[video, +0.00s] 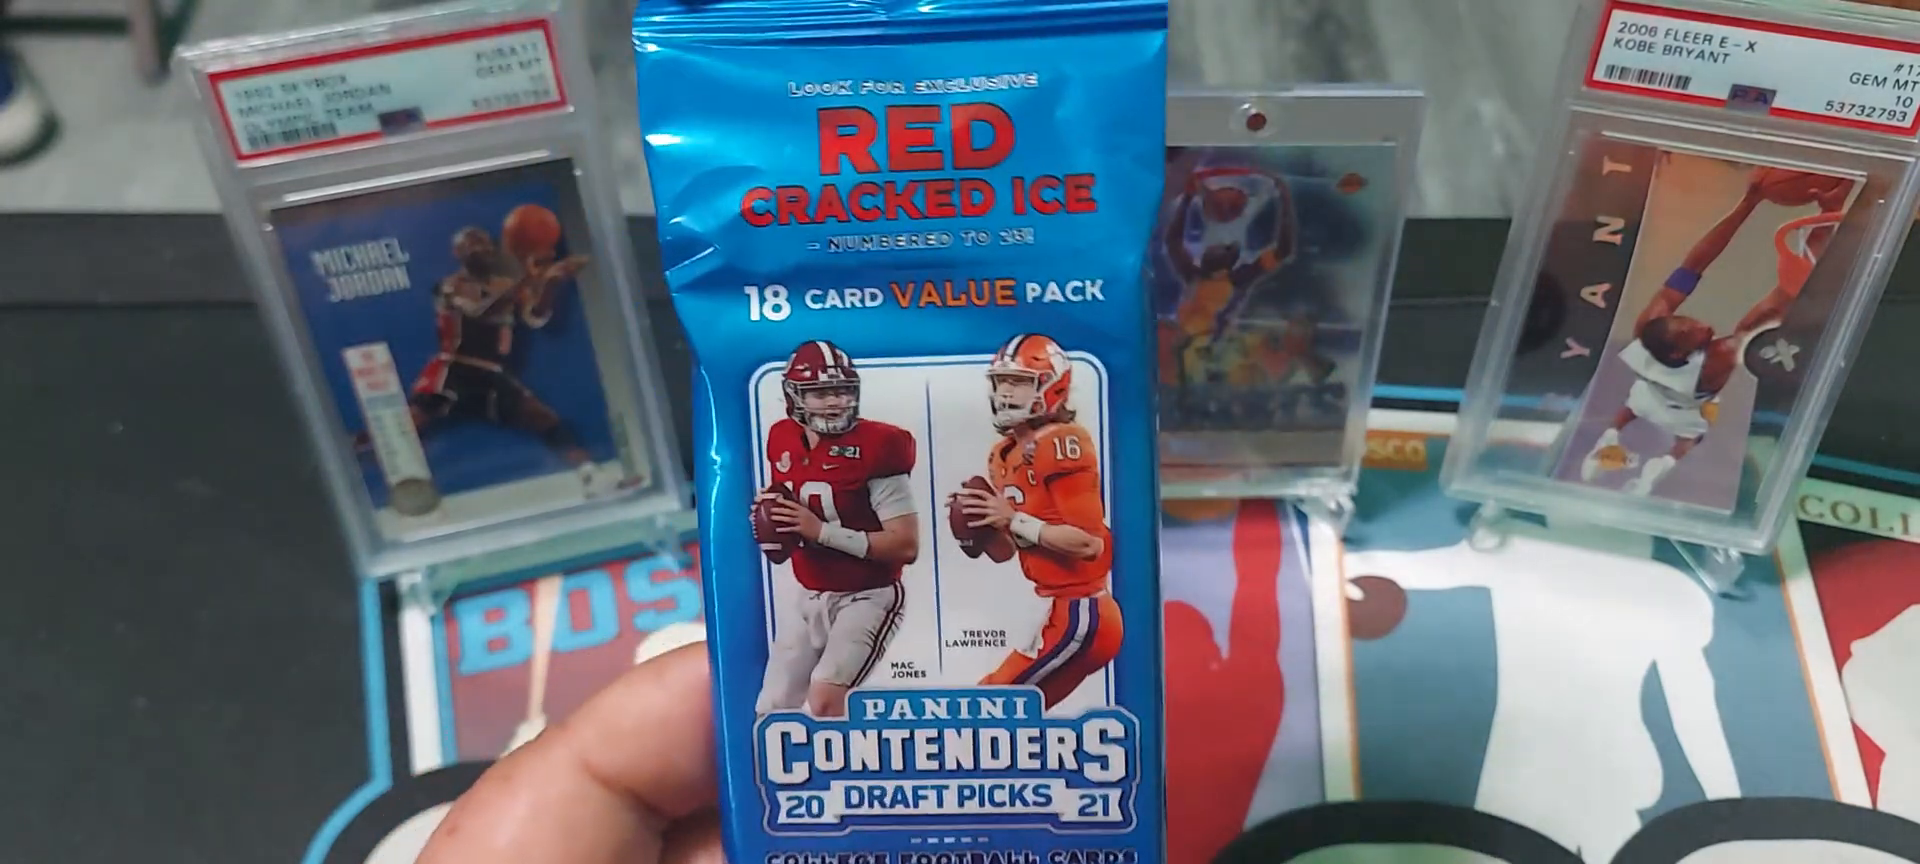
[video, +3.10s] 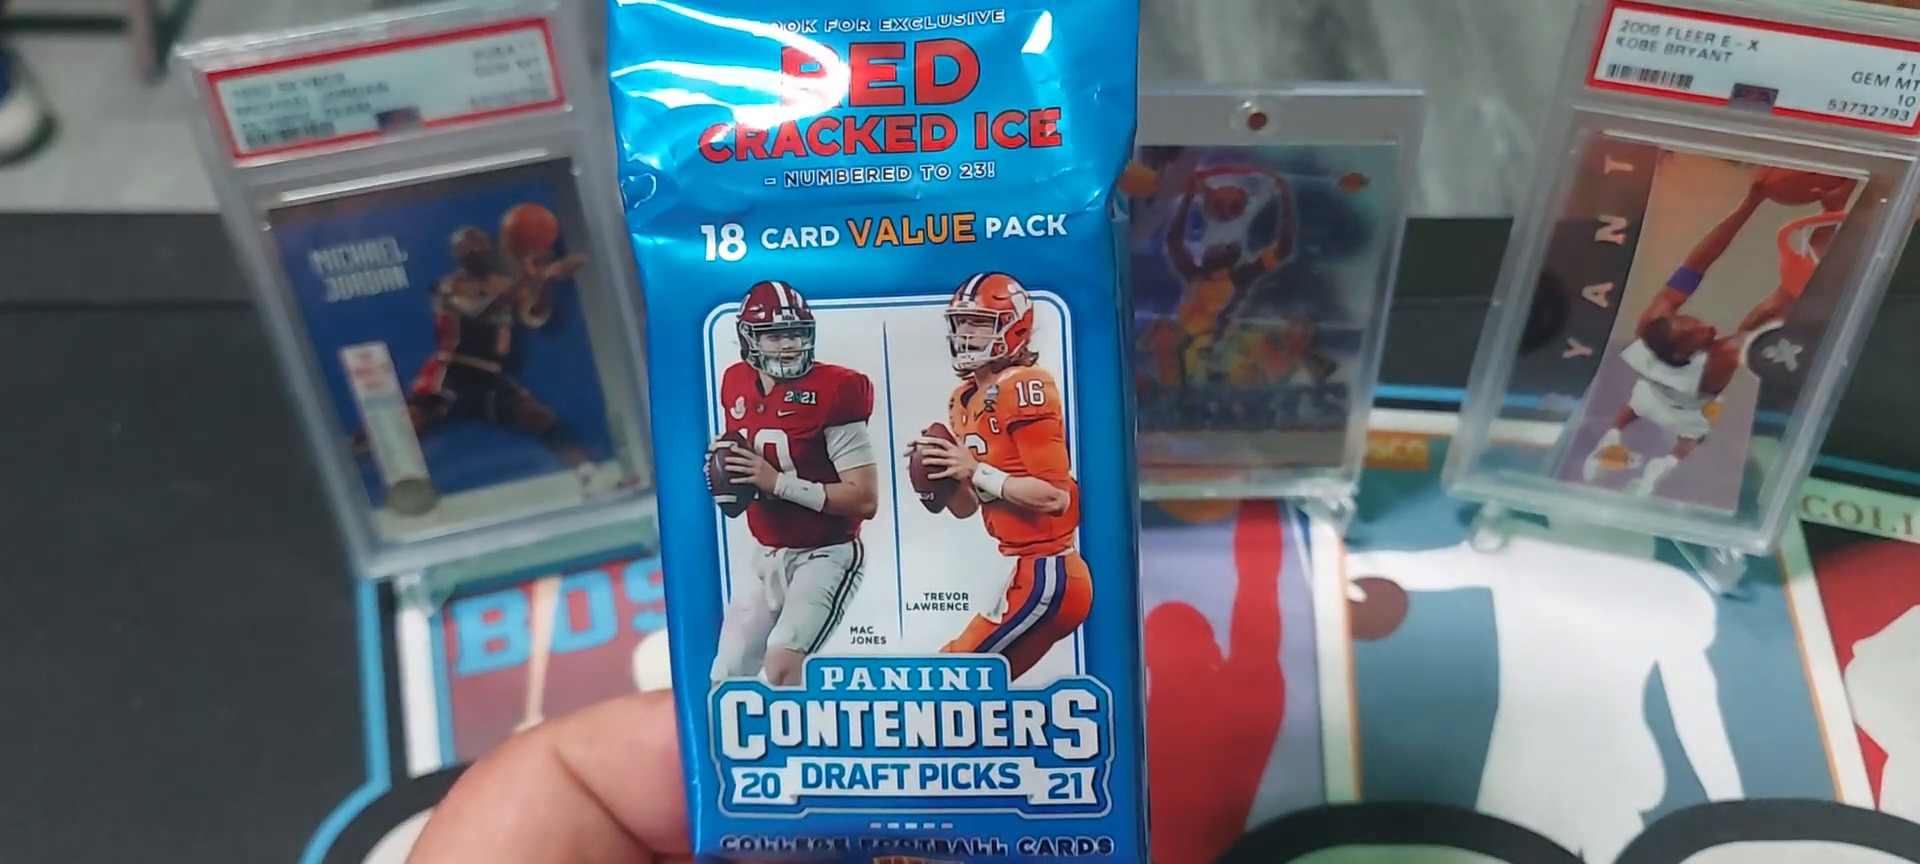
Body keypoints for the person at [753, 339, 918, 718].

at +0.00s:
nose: (833, 403)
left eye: (842, 392)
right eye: (821, 394)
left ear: (854, 394)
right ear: (796, 397)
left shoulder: (879, 446)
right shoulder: (783, 438)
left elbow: (906, 545)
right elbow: (784, 503)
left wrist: (820, 531)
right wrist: (767, 514)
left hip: (869, 598)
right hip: (807, 598)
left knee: (824, 699)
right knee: (772, 709)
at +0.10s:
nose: (850, 421)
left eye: (859, 411)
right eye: (838, 411)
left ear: (871, 413)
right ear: (813, 413)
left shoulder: (896, 467)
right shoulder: (797, 455)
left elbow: (917, 569)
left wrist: (830, 549)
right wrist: (778, 529)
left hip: (877, 618)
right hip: (815, 617)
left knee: (825, 715)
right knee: (772, 722)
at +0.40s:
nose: (822, 456)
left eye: (831, 446)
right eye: (810, 446)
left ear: (844, 448)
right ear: (785, 448)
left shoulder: (869, 501)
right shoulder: (769, 488)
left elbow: (888, 598)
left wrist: (800, 577)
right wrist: (749, 564)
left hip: (850, 645)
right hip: (790, 642)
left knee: (799, 737)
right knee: (747, 742)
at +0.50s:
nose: (797, 488)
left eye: (805, 478)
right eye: (784, 478)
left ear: (818, 480)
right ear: (759, 482)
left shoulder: (847, 532)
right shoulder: (745, 521)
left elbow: (872, 624)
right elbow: (745, 621)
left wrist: (784, 606)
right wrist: (728, 595)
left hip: (836, 669)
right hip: (775, 667)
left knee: (789, 755)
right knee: (736, 763)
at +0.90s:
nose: (828, 453)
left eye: (838, 443)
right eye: (817, 442)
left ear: (849, 447)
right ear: (792, 444)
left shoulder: (864, 502)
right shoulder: (774, 488)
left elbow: (885, 593)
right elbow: (758, 577)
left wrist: (798, 567)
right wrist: (744, 552)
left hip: (843, 635)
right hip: (783, 629)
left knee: (787, 713)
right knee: (731, 719)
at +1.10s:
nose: (779, 364)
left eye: (788, 354)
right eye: (768, 355)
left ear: (800, 356)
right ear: (745, 358)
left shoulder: (822, 408)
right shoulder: (731, 397)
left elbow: (842, 507)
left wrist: (761, 488)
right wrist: (712, 477)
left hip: (805, 558)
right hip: (749, 557)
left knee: (759, 650)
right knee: (706, 662)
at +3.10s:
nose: (787, 346)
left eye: (795, 335)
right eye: (775, 336)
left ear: (808, 336)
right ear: (750, 339)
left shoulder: (837, 390)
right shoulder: (736, 382)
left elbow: (864, 499)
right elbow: (739, 457)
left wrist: (776, 481)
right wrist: (722, 467)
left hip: (828, 555)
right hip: (766, 557)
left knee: (780, 669)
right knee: (726, 678)